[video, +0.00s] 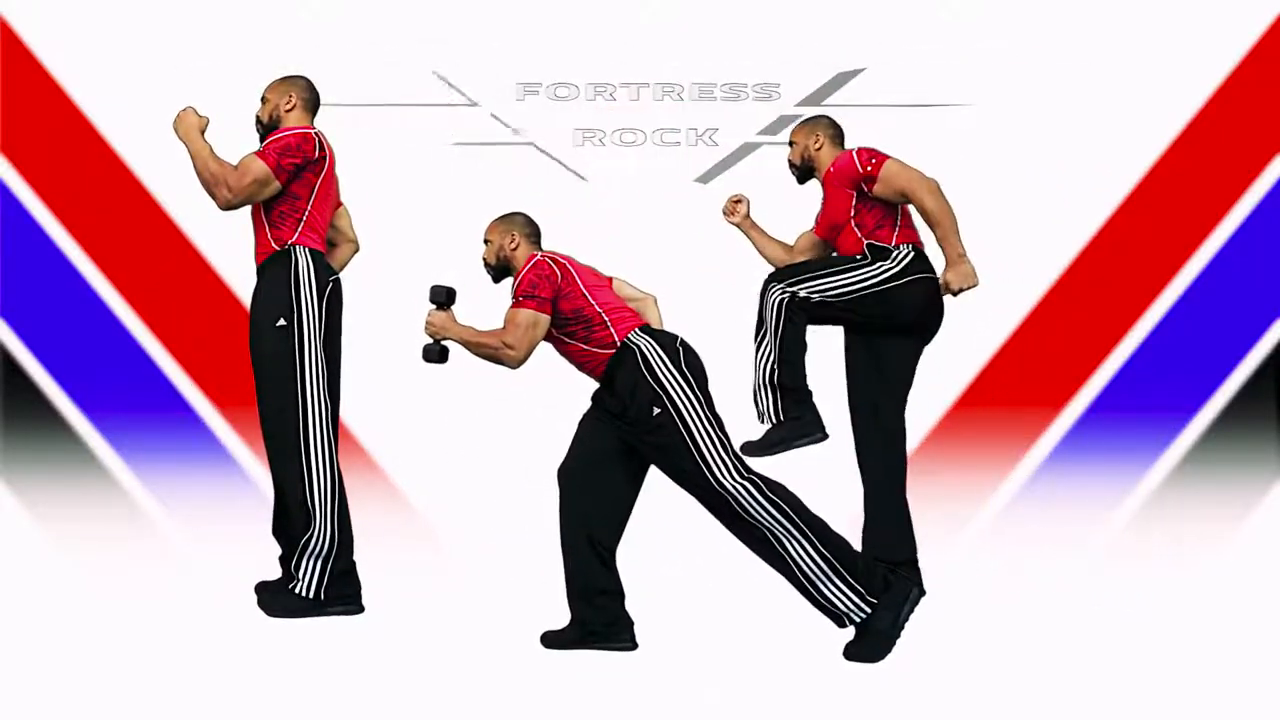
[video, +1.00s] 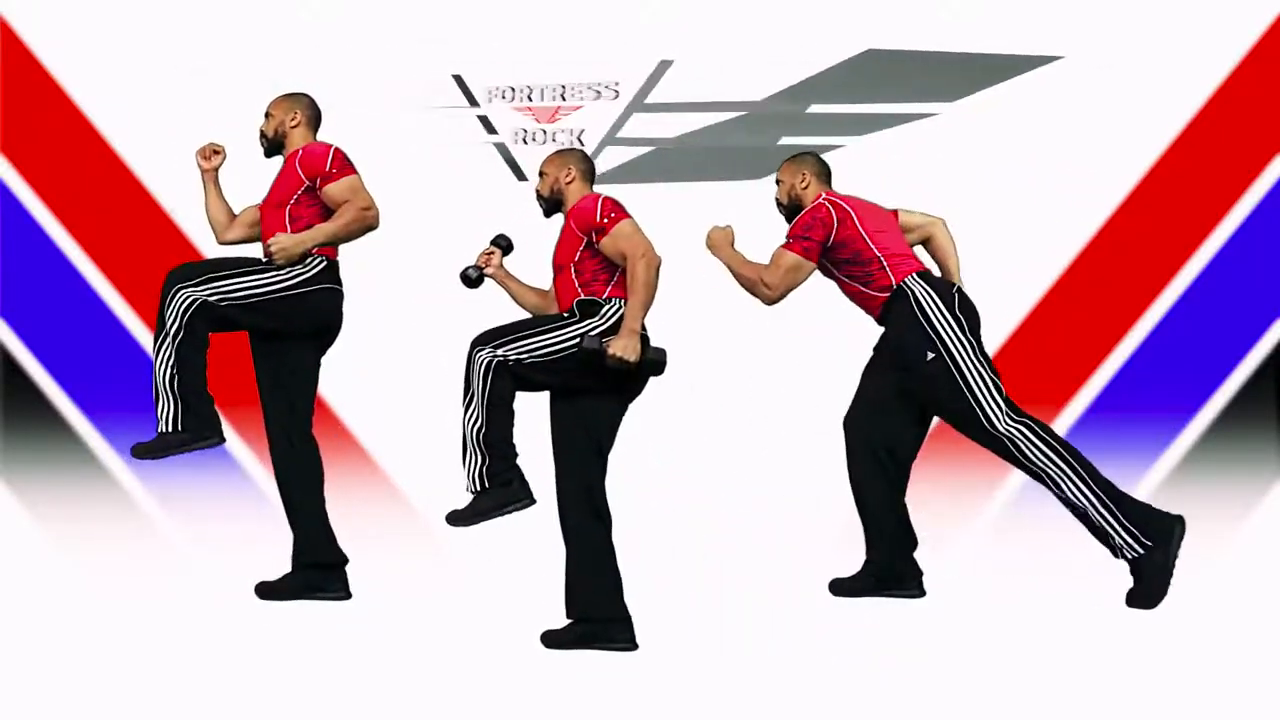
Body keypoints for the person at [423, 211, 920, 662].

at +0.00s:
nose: (484, 253)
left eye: (489, 243)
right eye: (485, 246)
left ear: (517, 239)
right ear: (524, 243)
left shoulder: (538, 270)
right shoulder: (564, 271)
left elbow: (511, 349)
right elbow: (643, 300)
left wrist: (448, 329)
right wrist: (661, 369)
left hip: (649, 366)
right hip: (626, 383)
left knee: (734, 491)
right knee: (584, 488)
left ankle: (873, 598)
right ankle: (601, 622)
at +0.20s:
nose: (485, 246)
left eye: (492, 236)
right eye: (486, 239)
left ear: (520, 233)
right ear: (524, 239)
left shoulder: (541, 265)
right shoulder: (562, 268)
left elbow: (523, 342)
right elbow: (640, 306)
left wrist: (458, 335)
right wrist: (643, 377)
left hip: (644, 368)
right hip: (618, 387)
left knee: (728, 491)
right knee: (578, 487)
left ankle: (866, 596)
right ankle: (601, 622)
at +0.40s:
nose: (498, 223)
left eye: (502, 212)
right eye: (498, 215)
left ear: (527, 210)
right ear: (531, 212)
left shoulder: (557, 238)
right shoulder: (542, 260)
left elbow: (569, 299)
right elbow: (602, 328)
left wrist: (505, 345)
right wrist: (584, 376)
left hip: (630, 353)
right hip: (604, 371)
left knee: (634, 487)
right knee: (577, 489)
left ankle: (778, 569)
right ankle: (601, 621)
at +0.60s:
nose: (521, 196)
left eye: (526, 186)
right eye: (522, 188)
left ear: (549, 184)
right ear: (553, 185)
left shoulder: (578, 211)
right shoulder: (566, 239)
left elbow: (626, 258)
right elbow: (576, 324)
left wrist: (592, 326)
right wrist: (511, 322)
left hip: (612, 343)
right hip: (616, 356)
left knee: (508, 398)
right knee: (591, 486)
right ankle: (603, 619)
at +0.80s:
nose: (533, 186)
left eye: (538, 176)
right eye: (533, 179)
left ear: (564, 174)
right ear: (563, 176)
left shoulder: (590, 203)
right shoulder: (571, 234)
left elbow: (648, 253)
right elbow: (545, 303)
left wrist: (631, 322)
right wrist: (496, 273)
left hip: (598, 325)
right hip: (604, 347)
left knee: (490, 339)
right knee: (581, 486)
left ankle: (490, 469)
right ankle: (604, 620)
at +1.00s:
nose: (536, 186)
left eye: (542, 176)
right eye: (537, 178)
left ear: (568, 175)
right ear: (568, 177)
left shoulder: (591, 205)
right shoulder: (571, 236)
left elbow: (644, 257)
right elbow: (554, 307)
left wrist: (631, 329)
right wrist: (500, 274)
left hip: (600, 323)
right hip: (606, 342)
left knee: (488, 353)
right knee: (580, 489)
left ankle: (498, 482)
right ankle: (602, 621)